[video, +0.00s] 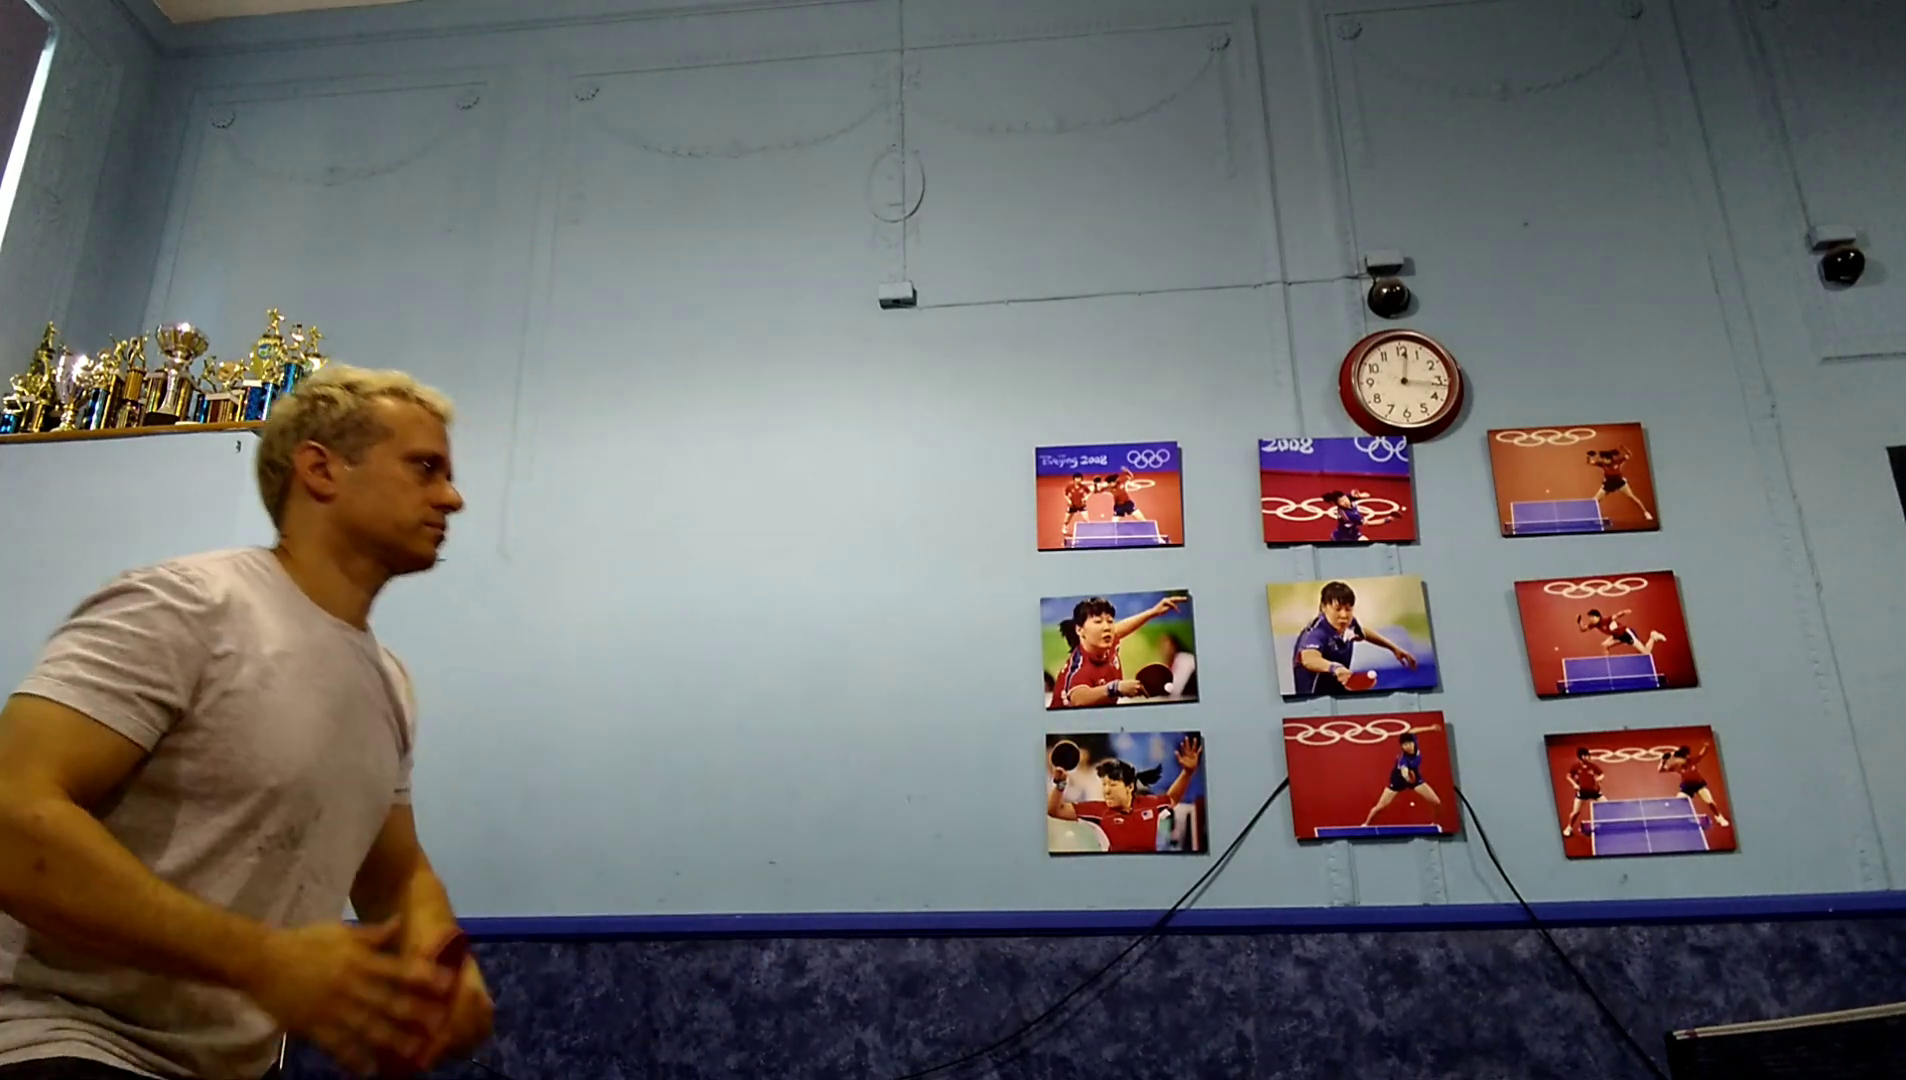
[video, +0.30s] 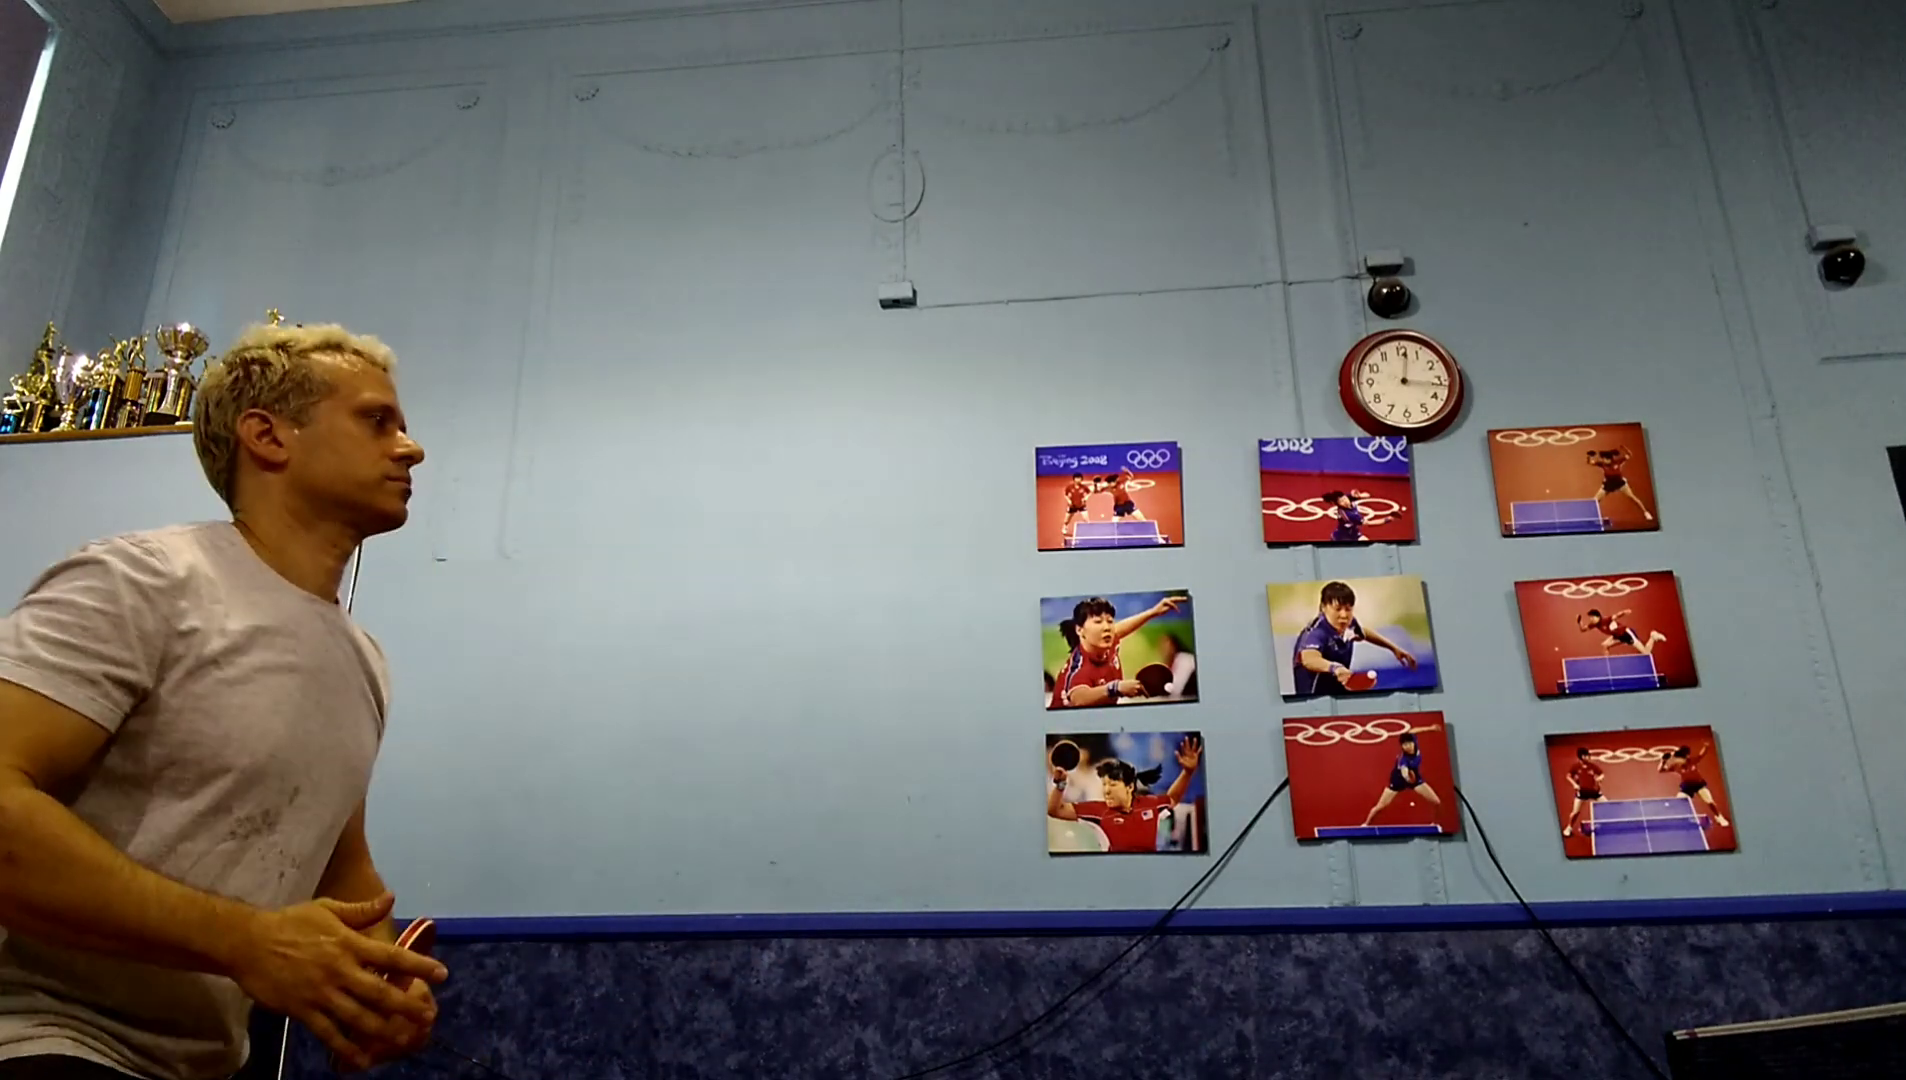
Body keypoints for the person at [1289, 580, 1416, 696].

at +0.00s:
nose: (1344, 615)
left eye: (1348, 609)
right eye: (1338, 609)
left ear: (1353, 609)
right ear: (1324, 608)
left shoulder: (1349, 624)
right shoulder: (1315, 633)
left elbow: (1364, 634)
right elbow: (1309, 660)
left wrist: (1395, 649)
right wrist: (1335, 668)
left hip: (1341, 705)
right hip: (1314, 708)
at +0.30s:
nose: (1344, 615)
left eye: (1348, 609)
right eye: (1338, 609)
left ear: (1353, 609)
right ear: (1324, 608)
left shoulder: (1349, 624)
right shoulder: (1315, 633)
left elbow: (1364, 634)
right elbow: (1309, 660)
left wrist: (1395, 649)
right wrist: (1335, 668)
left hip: (1341, 704)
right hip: (1314, 708)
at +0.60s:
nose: (1344, 615)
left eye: (1348, 609)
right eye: (1338, 609)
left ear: (1353, 609)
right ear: (1324, 608)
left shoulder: (1349, 624)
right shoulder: (1315, 633)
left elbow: (1364, 634)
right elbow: (1309, 660)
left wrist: (1395, 649)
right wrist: (1335, 668)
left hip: (1341, 705)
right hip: (1314, 708)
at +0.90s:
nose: (1344, 615)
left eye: (1348, 609)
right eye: (1338, 609)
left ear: (1353, 609)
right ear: (1324, 608)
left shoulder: (1349, 624)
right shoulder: (1315, 633)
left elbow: (1364, 634)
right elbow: (1309, 660)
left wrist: (1395, 649)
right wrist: (1335, 668)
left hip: (1341, 705)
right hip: (1314, 708)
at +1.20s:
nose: (1344, 615)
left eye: (1348, 609)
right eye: (1338, 609)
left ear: (1353, 609)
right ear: (1324, 608)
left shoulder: (1349, 624)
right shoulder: (1315, 633)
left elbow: (1364, 634)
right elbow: (1309, 660)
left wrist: (1395, 649)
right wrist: (1335, 668)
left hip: (1341, 705)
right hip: (1314, 708)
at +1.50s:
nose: (1344, 615)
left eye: (1348, 609)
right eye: (1338, 609)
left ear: (1353, 609)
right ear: (1324, 608)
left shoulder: (1349, 624)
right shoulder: (1316, 633)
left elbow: (1364, 634)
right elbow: (1309, 660)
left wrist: (1395, 649)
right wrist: (1335, 668)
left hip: (1341, 704)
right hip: (1314, 708)